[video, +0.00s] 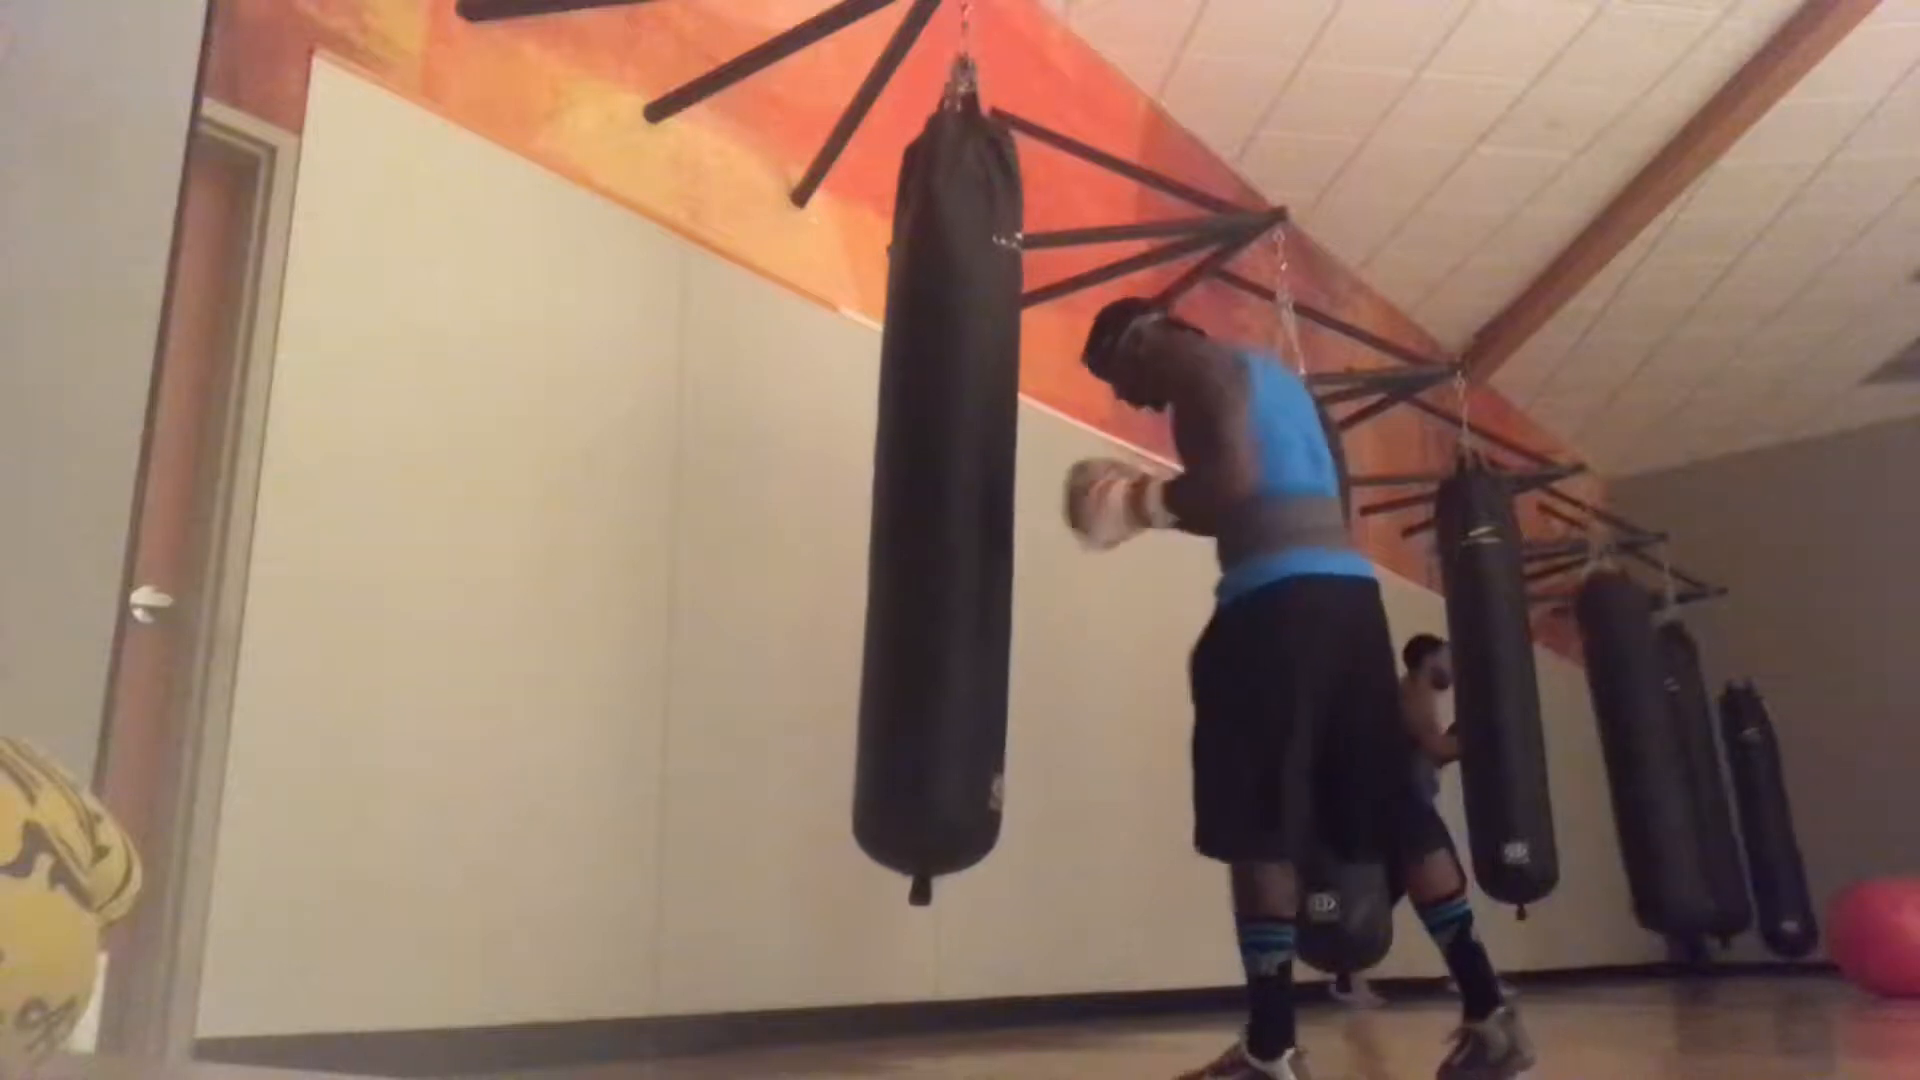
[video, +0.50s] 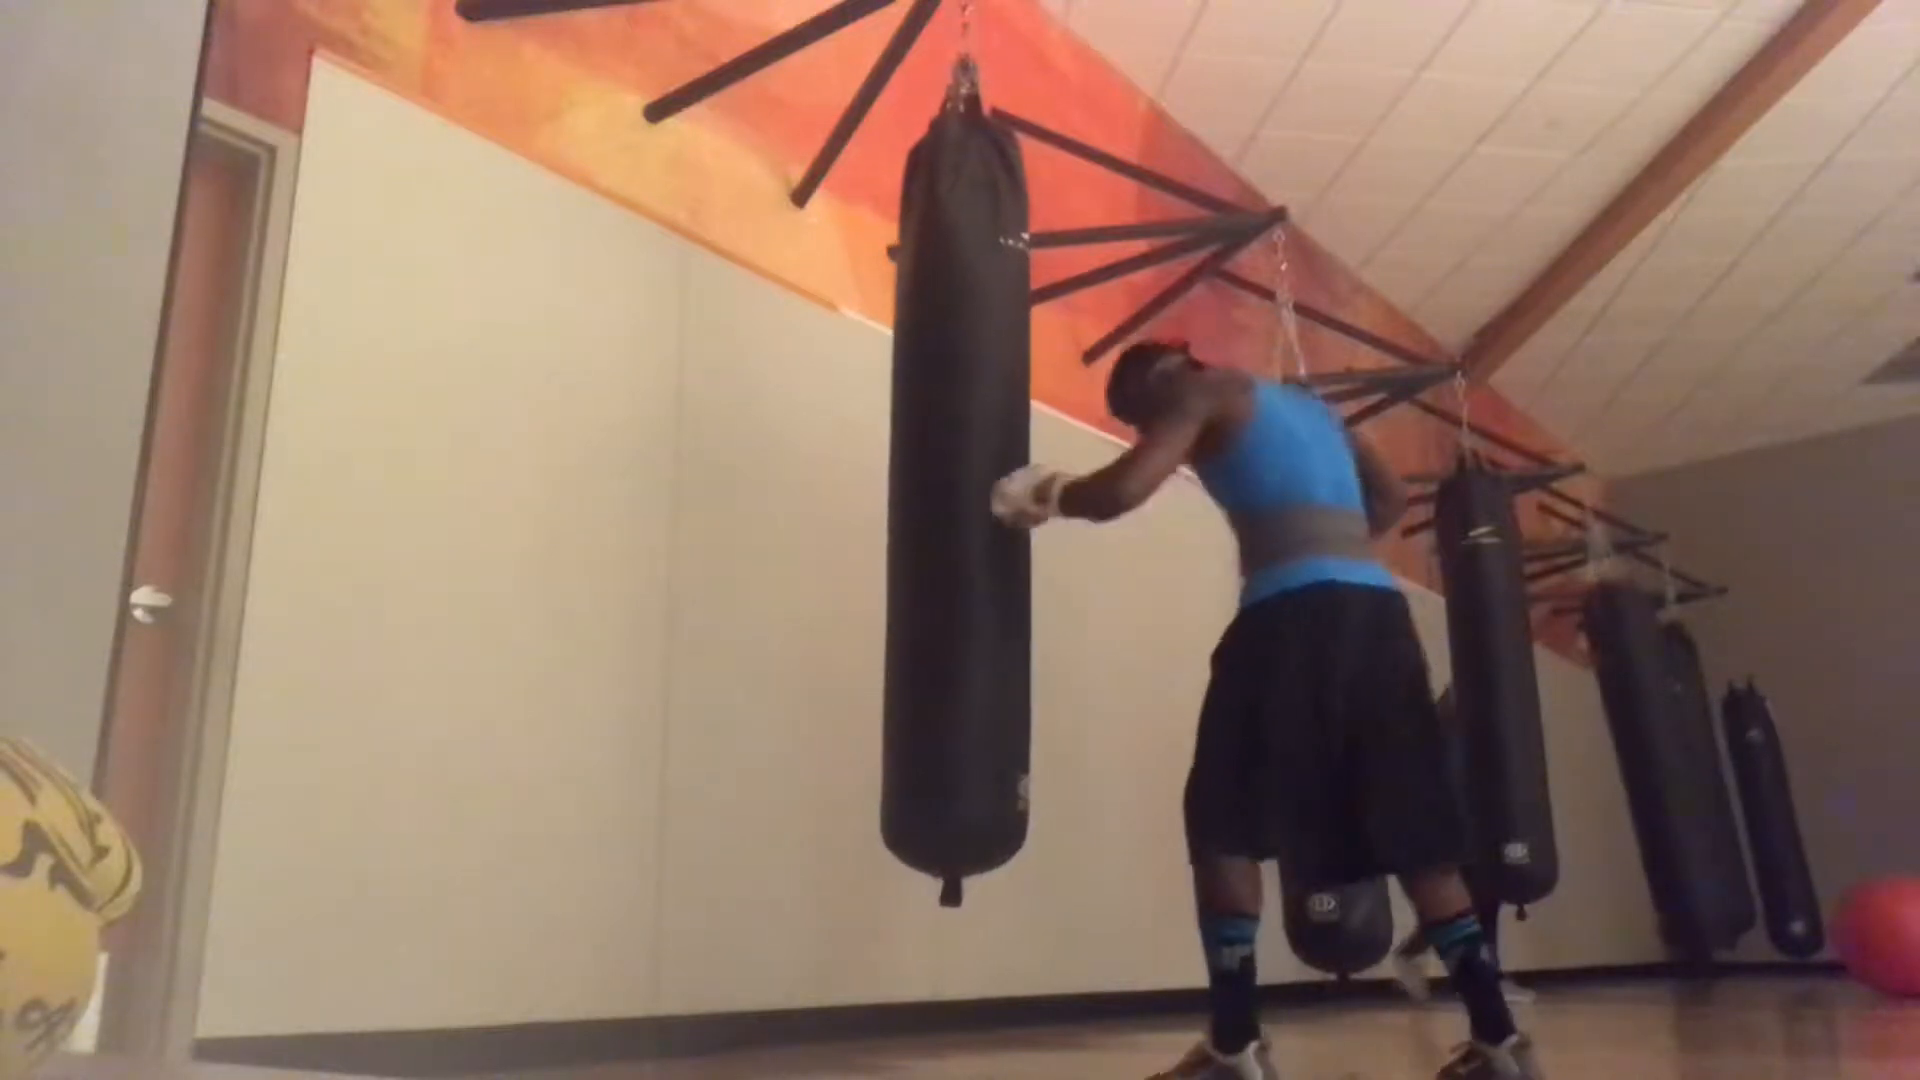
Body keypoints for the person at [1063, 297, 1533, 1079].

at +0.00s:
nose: (1139, 402)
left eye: (1127, 381)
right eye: (1125, 391)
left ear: (1145, 338)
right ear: (1167, 323)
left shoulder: (1200, 364)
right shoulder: (1284, 377)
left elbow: (1229, 488)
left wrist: (1151, 498)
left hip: (1269, 621)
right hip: (1352, 612)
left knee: (1257, 831)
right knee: (1400, 815)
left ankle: (1269, 1048)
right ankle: (1491, 1015)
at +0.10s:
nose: (1145, 397)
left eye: (1138, 376)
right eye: (1135, 387)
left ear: (1162, 332)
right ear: (1181, 328)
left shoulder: (1233, 362)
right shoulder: (1262, 387)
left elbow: (1271, 469)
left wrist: (1177, 482)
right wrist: (1089, 502)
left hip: (1292, 614)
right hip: (1367, 609)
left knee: (1271, 831)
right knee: (1403, 818)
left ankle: (1271, 1045)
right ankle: (1495, 1021)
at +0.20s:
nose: (1164, 399)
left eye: (1157, 378)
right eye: (1154, 390)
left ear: (1189, 335)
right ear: (1199, 335)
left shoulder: (1251, 369)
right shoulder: (1283, 397)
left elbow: (1282, 472)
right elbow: (1191, 508)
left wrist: (1201, 484)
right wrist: (1086, 505)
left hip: (1306, 621)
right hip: (1383, 616)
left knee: (1253, 822)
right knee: (1415, 821)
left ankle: (1267, 1042)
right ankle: (1499, 1029)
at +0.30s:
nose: (1174, 411)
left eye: (1168, 391)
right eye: (1164, 402)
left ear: (1196, 350)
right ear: (1216, 344)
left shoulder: (1256, 379)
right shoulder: (1307, 406)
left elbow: (1260, 472)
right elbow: (1257, 530)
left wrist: (1174, 484)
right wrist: (1152, 515)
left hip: (1307, 622)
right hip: (1393, 620)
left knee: (1221, 806)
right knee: (1420, 824)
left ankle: (1251, 1029)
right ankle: (1500, 1031)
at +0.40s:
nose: (1169, 421)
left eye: (1163, 405)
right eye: (1163, 410)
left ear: (1186, 362)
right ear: (1206, 350)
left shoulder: (1233, 380)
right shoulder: (1319, 400)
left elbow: (1184, 471)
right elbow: (1291, 519)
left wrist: (1109, 477)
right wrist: (1196, 521)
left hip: (1301, 618)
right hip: (1392, 612)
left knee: (1226, 809)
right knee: (1435, 822)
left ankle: (1232, 1030)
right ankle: (1500, 1032)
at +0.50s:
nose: (1152, 425)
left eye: (1145, 411)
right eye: (1144, 417)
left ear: (1161, 376)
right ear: (1186, 360)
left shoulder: (1201, 389)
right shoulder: (1308, 404)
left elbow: (1121, 491)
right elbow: (1390, 496)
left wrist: (1054, 492)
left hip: (1284, 628)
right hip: (1378, 624)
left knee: (1221, 825)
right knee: (1418, 833)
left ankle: (1234, 1041)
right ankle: (1499, 1034)